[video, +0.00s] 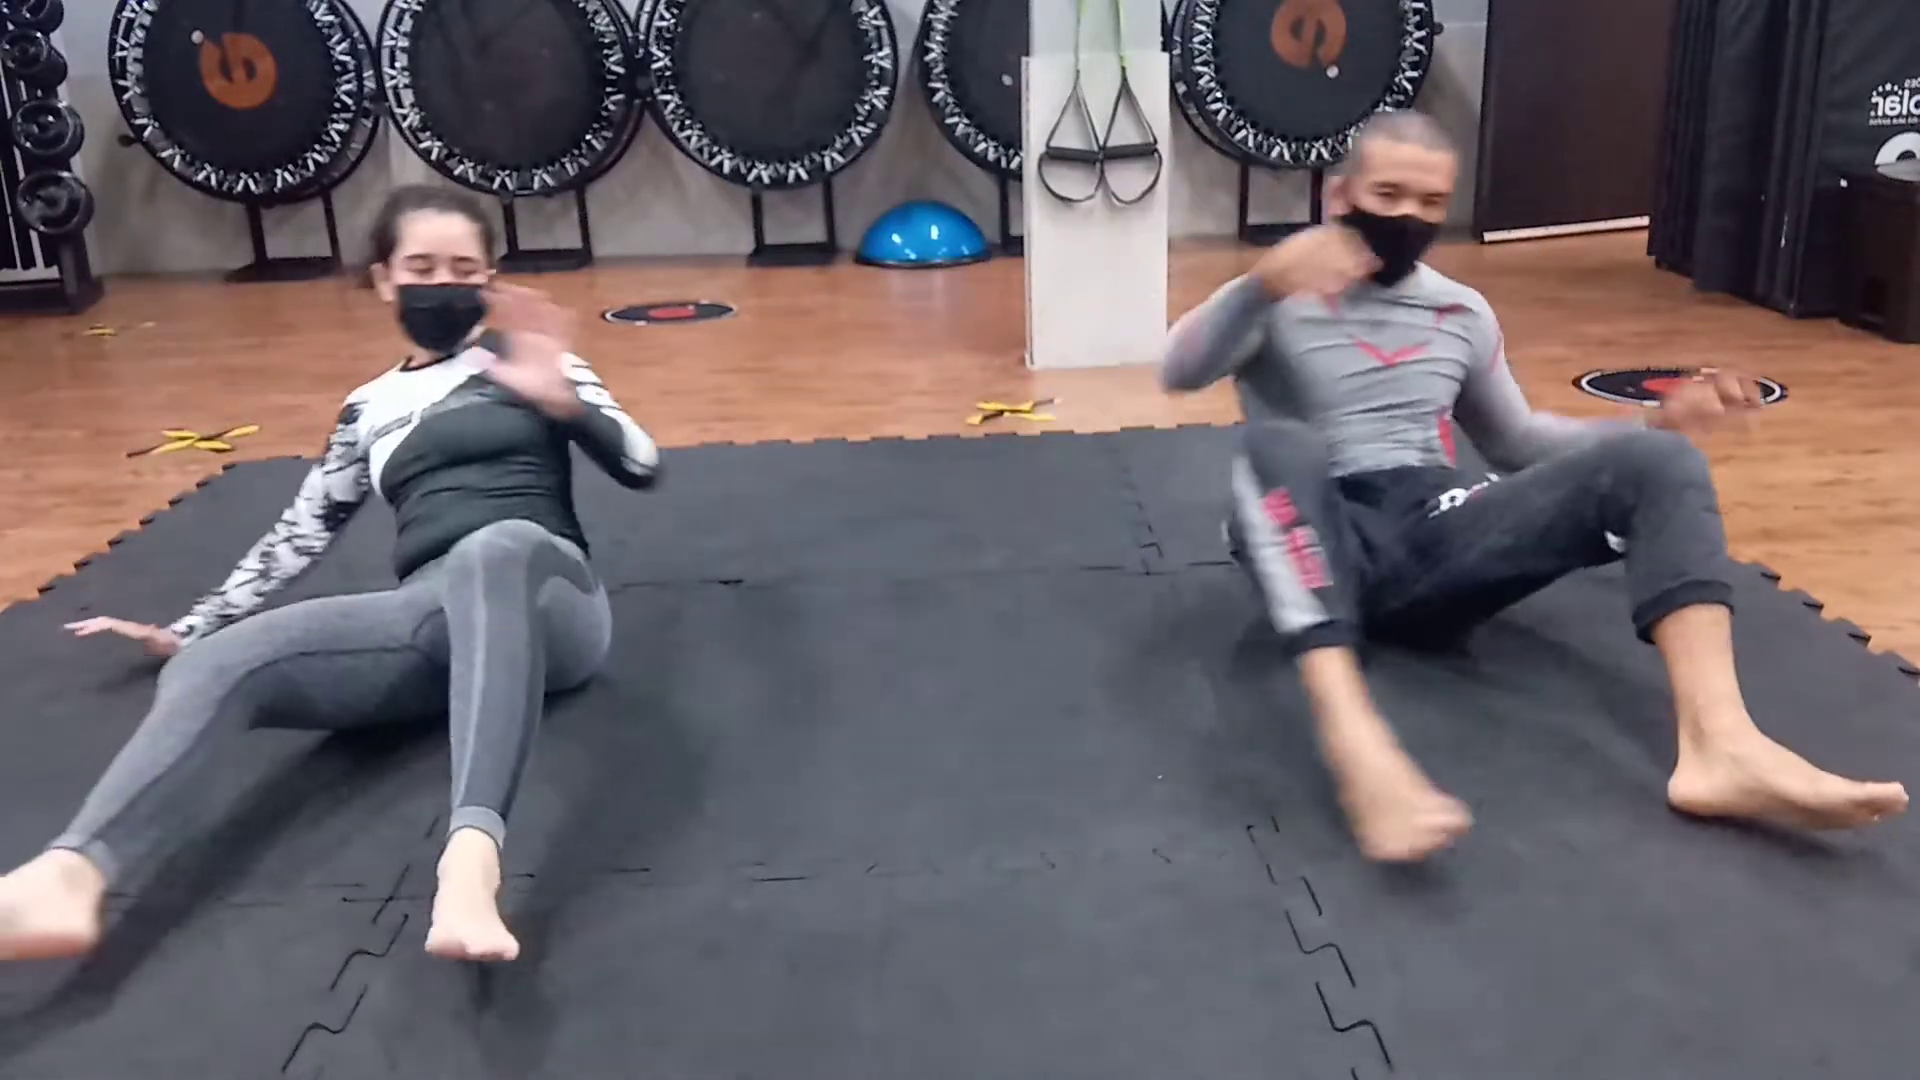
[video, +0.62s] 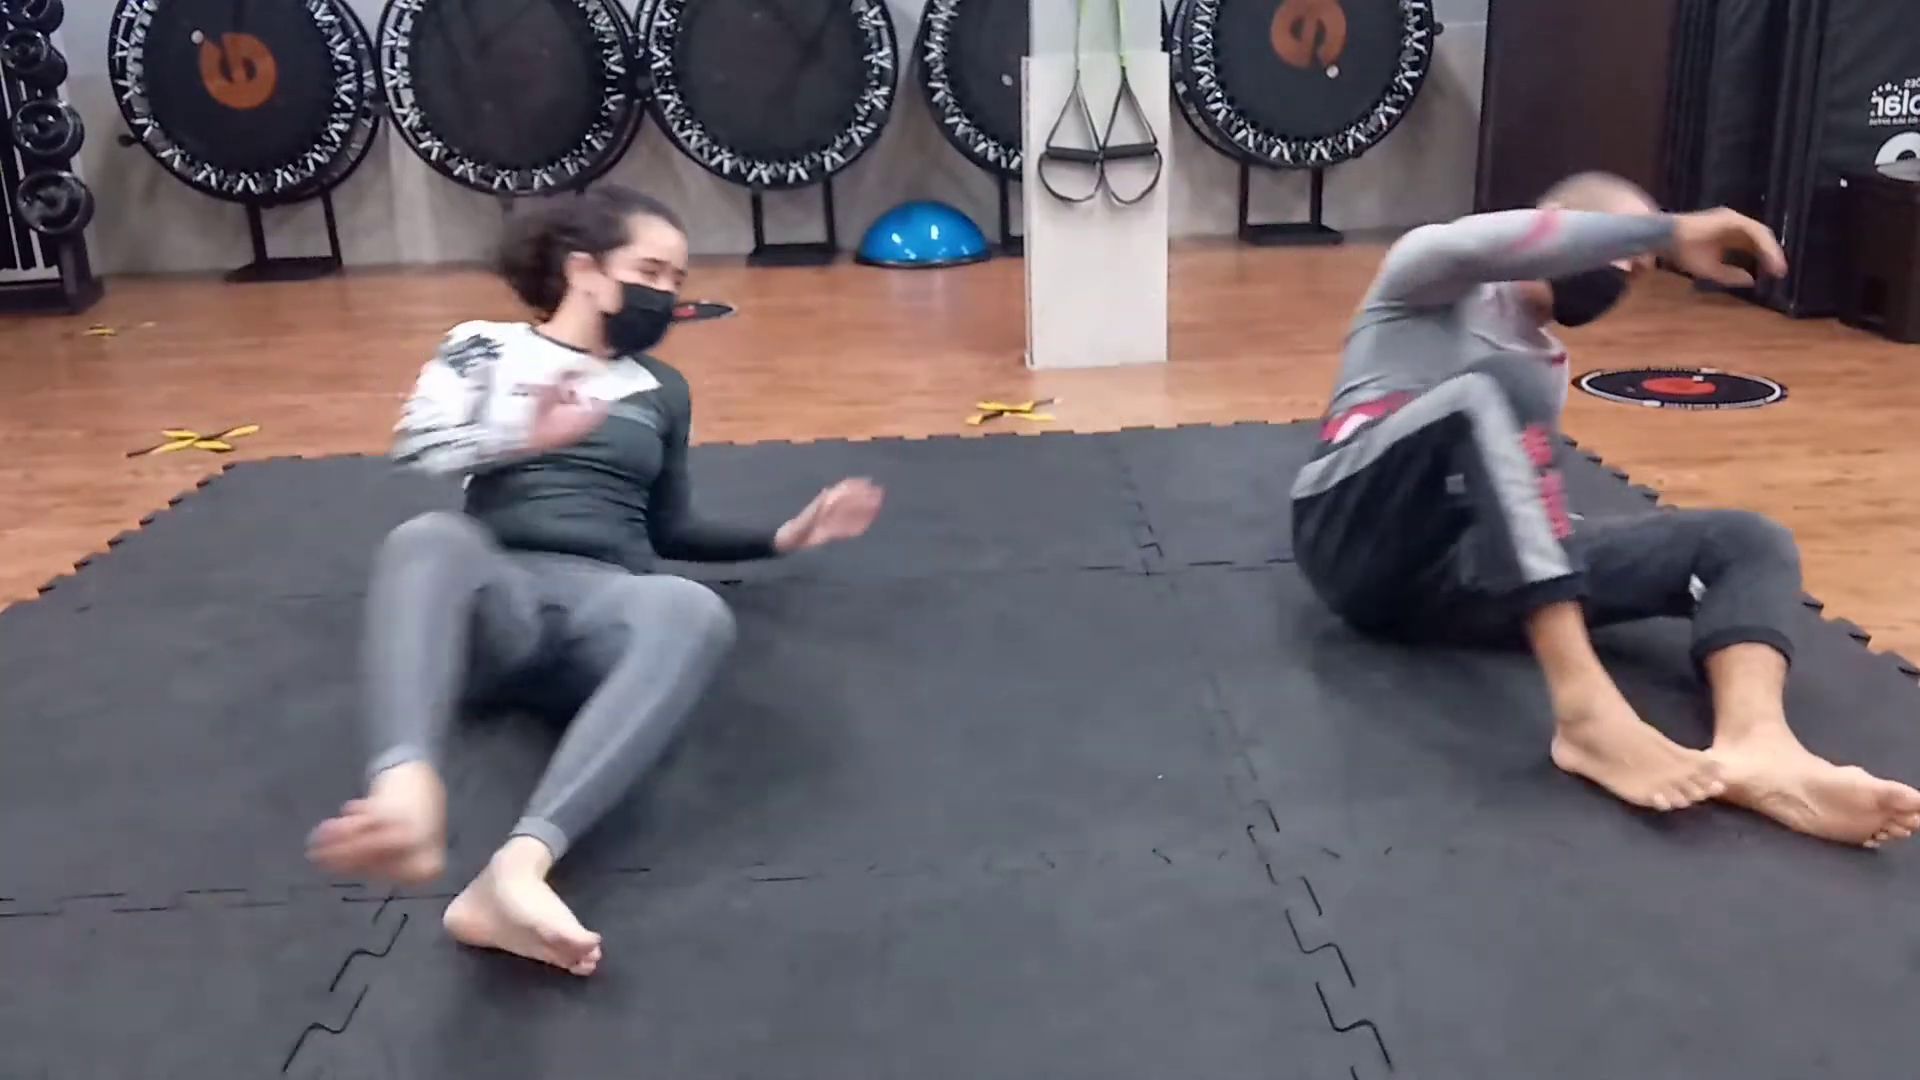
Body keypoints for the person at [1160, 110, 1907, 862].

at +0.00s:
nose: (1408, 217)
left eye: (1429, 202)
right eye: (1388, 195)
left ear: (1448, 208)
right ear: (1338, 193)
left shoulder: (1462, 314)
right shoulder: (1279, 293)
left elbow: (1519, 440)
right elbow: (1177, 371)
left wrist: (1658, 418)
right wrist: (1263, 280)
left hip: (1444, 541)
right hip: (1332, 540)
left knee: (1655, 459)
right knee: (1273, 443)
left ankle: (1719, 739)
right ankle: (1358, 745)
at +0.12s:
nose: (1462, 225)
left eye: (1481, 211)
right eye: (1444, 197)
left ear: (1489, 222)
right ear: (1388, 195)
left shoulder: (1479, 326)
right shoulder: (1306, 287)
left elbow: (1519, 458)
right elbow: (1218, 340)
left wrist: (1674, 474)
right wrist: (1356, 248)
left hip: (1449, 543)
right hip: (1334, 544)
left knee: (1680, 476)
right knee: (1308, 441)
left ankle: (1725, 740)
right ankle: (1431, 744)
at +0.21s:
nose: (1484, 222)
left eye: (1505, 208)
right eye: (1470, 197)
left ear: (1521, 226)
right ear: (1414, 200)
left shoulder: (1490, 337)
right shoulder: (1327, 285)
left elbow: (1515, 471)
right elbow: (1251, 316)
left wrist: (1683, 501)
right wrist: (1414, 235)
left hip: (1455, 545)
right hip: (1333, 554)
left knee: (1689, 486)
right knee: (1319, 438)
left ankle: (1728, 741)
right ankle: (1465, 737)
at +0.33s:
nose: (1528, 234)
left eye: (1546, 221)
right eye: (1510, 208)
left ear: (1556, 237)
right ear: (1454, 201)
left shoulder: (1506, 355)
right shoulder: (1351, 282)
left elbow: (1512, 488)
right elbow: (1306, 293)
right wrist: (1494, 217)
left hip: (1459, 561)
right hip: (1335, 558)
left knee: (1706, 497)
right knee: (1366, 418)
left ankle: (1733, 741)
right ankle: (1510, 726)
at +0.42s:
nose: (1550, 246)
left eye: (1567, 237)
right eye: (1533, 219)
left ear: (1570, 259)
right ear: (1480, 209)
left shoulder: (1518, 368)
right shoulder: (1376, 279)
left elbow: (1510, 508)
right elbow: (1345, 274)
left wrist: (1543, 590)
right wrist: (1551, 217)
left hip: (1454, 575)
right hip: (1338, 554)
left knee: (1718, 507)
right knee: (1414, 398)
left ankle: (1736, 740)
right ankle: (1535, 715)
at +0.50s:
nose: (1582, 257)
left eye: (1601, 248)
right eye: (1567, 233)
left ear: (1603, 272)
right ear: (1506, 223)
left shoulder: (1532, 371)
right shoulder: (1391, 287)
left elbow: (1525, 505)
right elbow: (1418, 256)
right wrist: (1606, 220)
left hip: (1457, 574)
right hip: (1344, 548)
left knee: (1732, 518)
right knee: (1428, 397)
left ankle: (1741, 737)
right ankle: (1554, 705)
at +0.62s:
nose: (1617, 275)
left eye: (1631, 269)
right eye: (1607, 250)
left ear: (1621, 288)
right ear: (1545, 225)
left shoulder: (1542, 363)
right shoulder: (1421, 277)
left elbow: (1527, 482)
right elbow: (1481, 244)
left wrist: (1550, 598)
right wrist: (1664, 236)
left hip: (1474, 580)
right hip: (1359, 541)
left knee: (1749, 539)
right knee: (1480, 395)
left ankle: (1755, 736)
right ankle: (1586, 709)